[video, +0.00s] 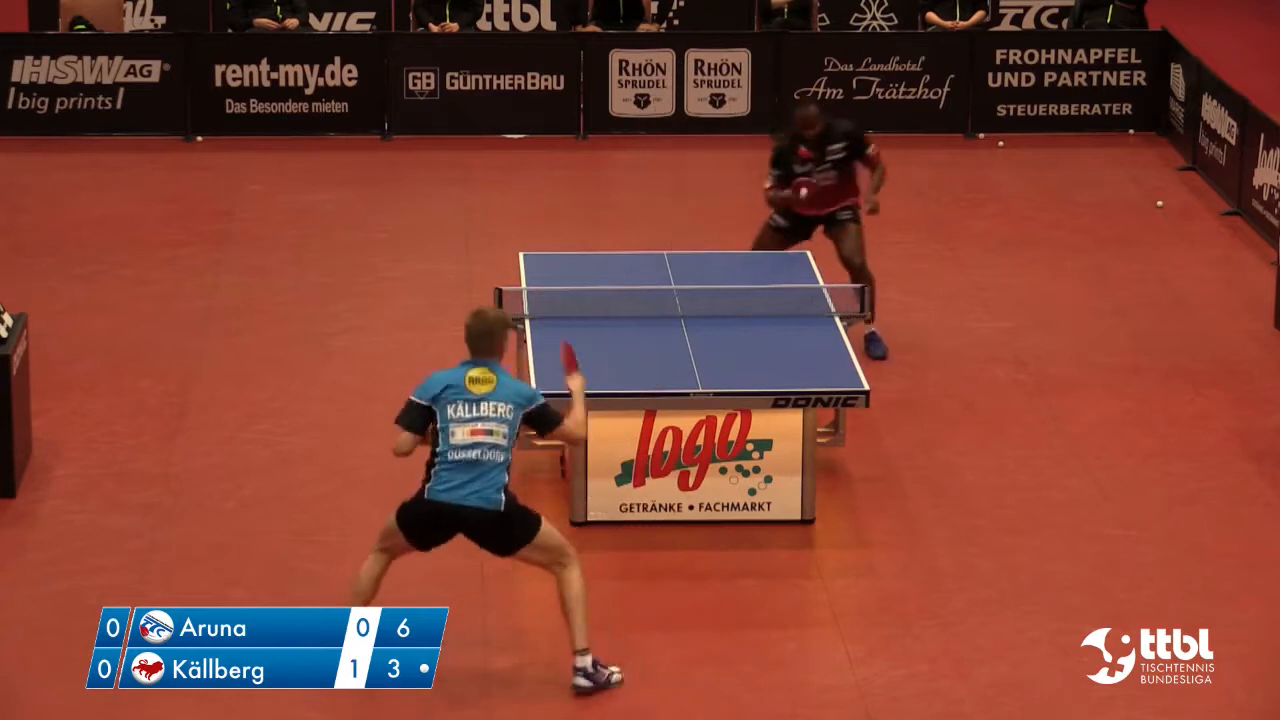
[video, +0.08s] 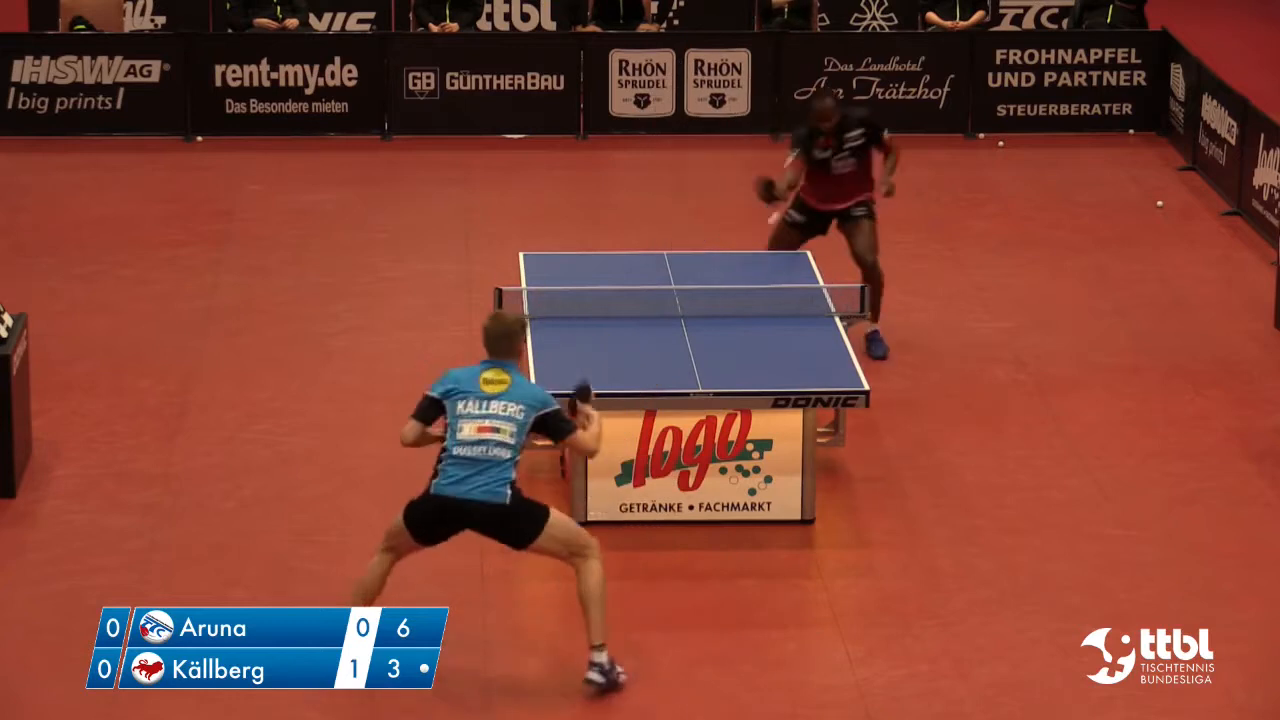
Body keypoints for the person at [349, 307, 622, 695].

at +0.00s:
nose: (510, 343)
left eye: (509, 337)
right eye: (509, 339)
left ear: (467, 342)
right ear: (504, 344)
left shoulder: (437, 383)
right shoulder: (519, 392)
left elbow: (402, 446)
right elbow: (576, 433)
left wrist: (425, 429)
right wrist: (577, 390)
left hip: (436, 505)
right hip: (492, 509)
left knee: (383, 551)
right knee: (565, 562)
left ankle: (346, 637)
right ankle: (585, 665)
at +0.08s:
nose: (526, 347)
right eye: (526, 342)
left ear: (484, 345)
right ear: (522, 347)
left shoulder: (453, 381)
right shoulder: (533, 396)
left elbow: (409, 436)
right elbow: (589, 447)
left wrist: (446, 435)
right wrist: (594, 420)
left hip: (442, 501)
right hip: (499, 504)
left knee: (388, 551)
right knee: (585, 551)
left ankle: (347, 636)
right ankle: (600, 661)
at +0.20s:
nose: (551, 365)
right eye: (551, 360)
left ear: (513, 359)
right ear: (549, 364)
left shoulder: (480, 391)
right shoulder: (556, 410)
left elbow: (441, 450)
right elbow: (604, 471)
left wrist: (473, 452)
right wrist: (578, 470)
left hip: (464, 510)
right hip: (516, 515)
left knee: (411, 551)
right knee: (595, 583)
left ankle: (376, 637)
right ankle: (641, 679)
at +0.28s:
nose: (574, 385)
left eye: (568, 378)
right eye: (573, 380)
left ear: (535, 378)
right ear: (569, 386)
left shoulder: (501, 406)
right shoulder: (570, 429)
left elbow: (462, 462)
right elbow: (617, 497)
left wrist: (504, 463)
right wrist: (589, 504)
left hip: (470, 525)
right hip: (523, 531)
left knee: (422, 570)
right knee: (610, 585)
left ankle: (381, 648)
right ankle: (638, 688)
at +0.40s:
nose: (613, 386)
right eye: (614, 381)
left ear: (575, 382)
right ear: (611, 388)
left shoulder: (540, 409)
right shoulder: (612, 435)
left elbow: (491, 457)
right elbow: (665, 492)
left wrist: (517, 455)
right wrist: (622, 493)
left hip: (502, 525)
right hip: (557, 533)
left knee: (438, 579)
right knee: (645, 580)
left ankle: (378, 649)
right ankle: (648, 690)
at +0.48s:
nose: (636, 370)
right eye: (635, 365)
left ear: (596, 367)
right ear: (632, 371)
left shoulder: (568, 393)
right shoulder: (644, 421)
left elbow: (524, 425)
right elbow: (685, 445)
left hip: (528, 518)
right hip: (580, 529)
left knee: (453, 588)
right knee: (658, 579)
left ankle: (387, 657)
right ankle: (649, 688)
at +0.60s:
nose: (644, 350)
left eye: (623, 343)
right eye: (646, 344)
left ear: (608, 348)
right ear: (647, 349)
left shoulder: (580, 383)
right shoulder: (661, 399)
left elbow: (513, 404)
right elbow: (721, 417)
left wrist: (542, 369)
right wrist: (751, 387)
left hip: (563, 513)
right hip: (619, 519)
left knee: (489, 579)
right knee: (690, 564)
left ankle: (423, 668)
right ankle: (681, 669)